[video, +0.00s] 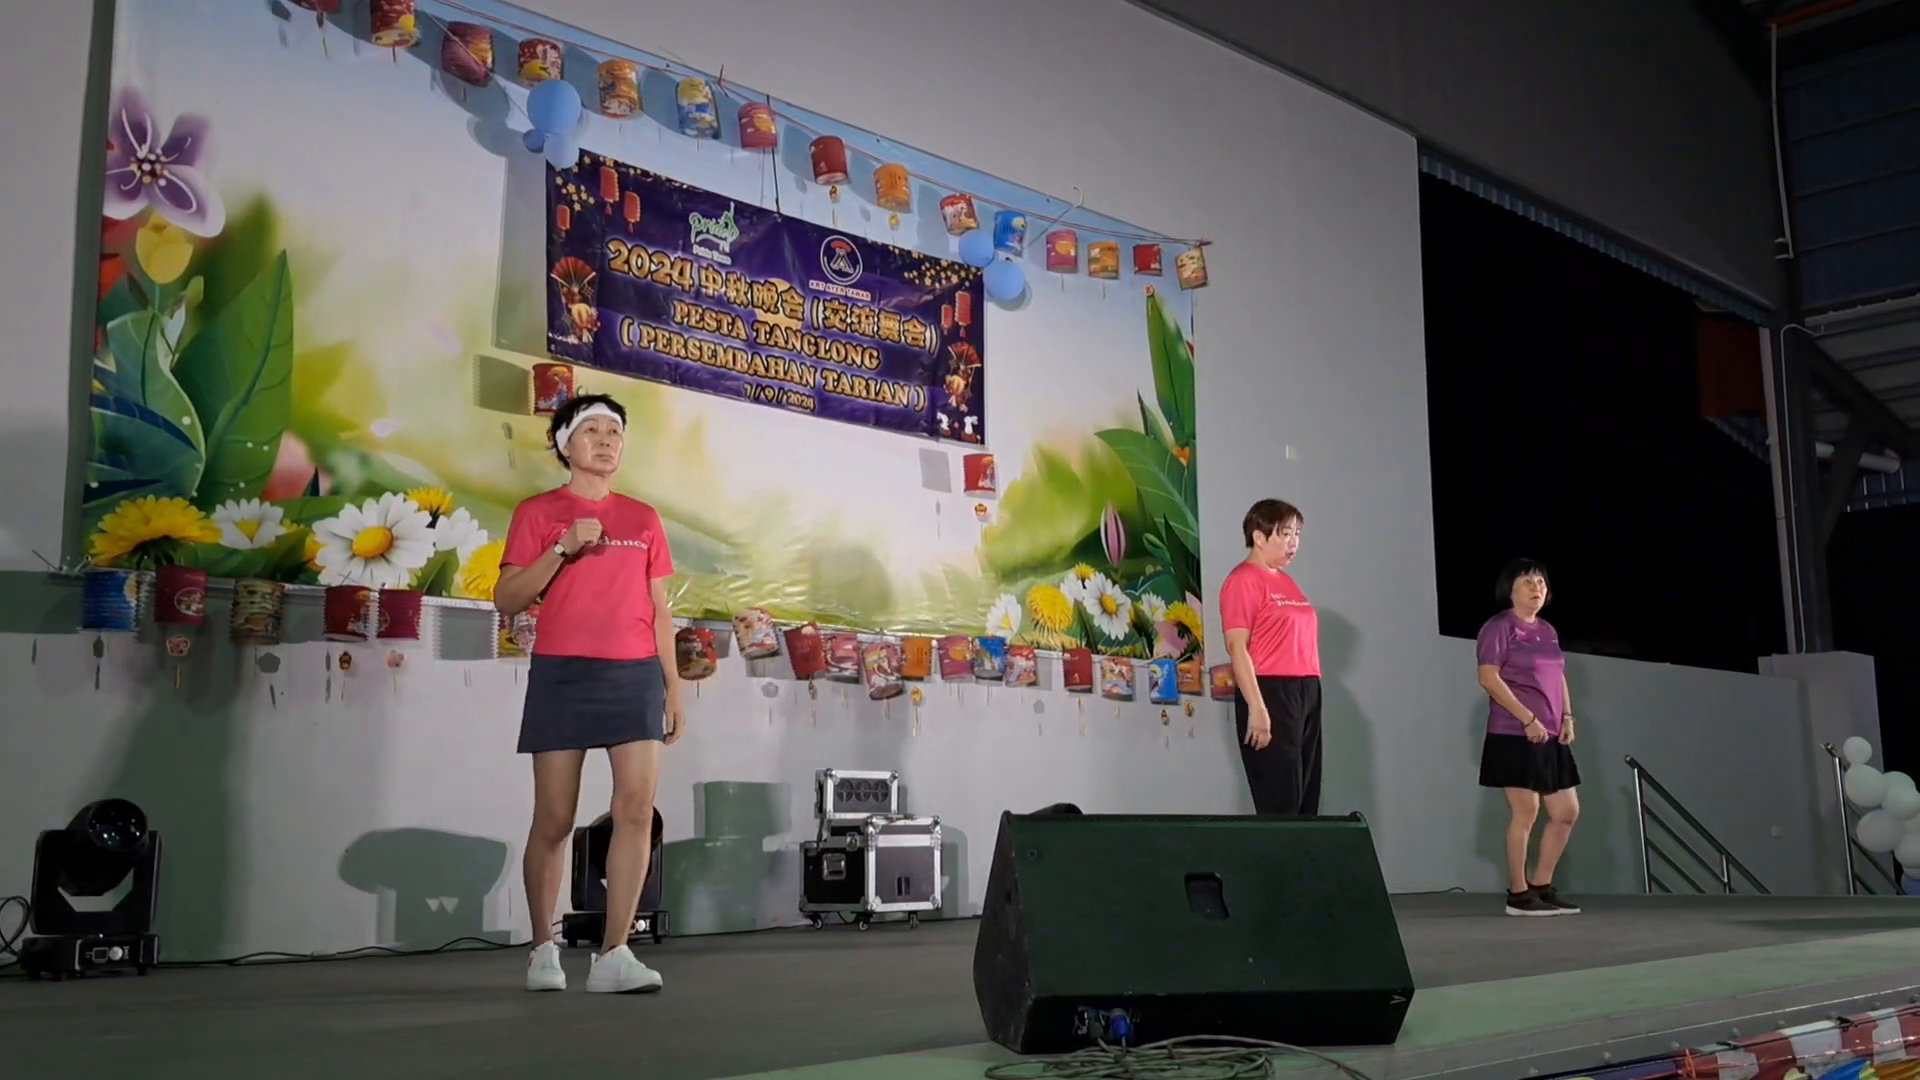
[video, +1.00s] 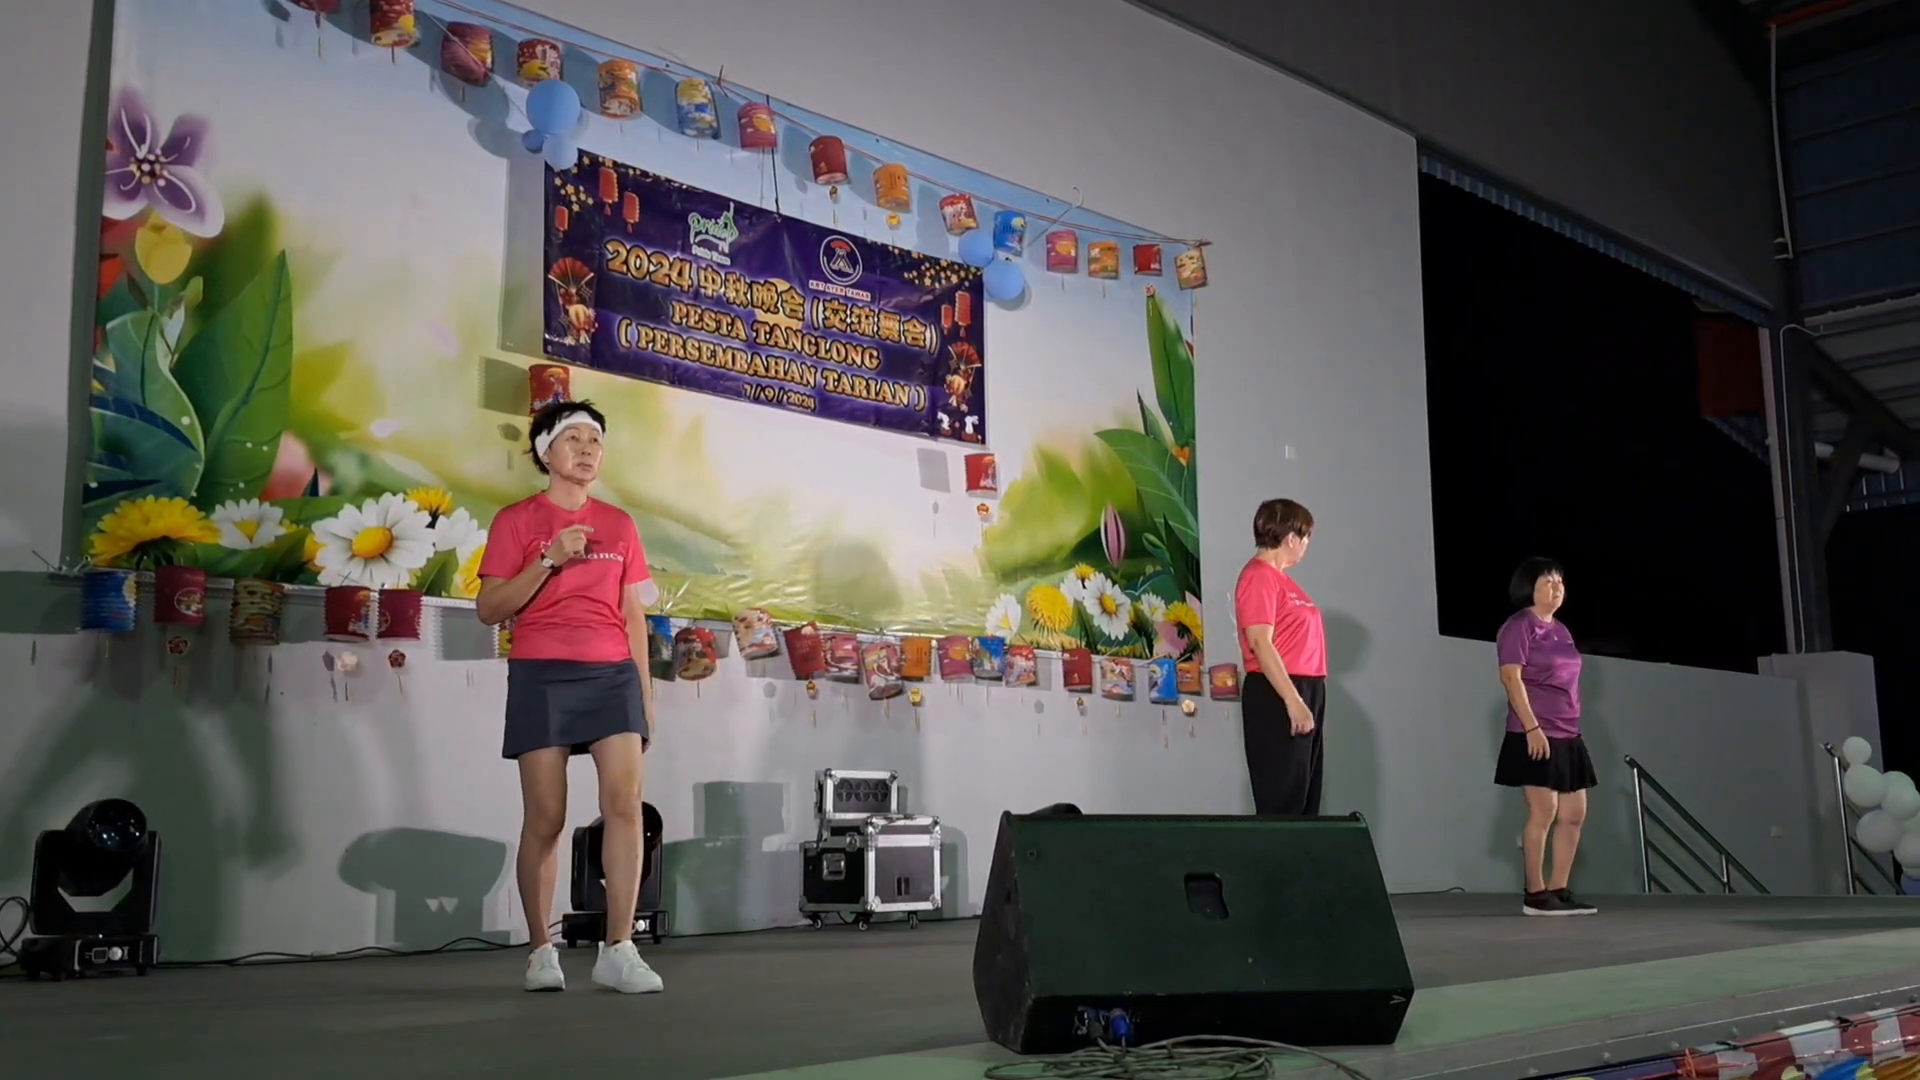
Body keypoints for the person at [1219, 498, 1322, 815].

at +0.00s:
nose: (1293, 542)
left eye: (1296, 534)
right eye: (1285, 533)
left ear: (1299, 538)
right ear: (1259, 538)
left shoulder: (1284, 580)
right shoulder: (1242, 580)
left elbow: (1291, 643)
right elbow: (1237, 648)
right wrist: (1257, 708)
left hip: (1306, 694)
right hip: (1271, 696)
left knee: (1306, 804)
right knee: (1281, 806)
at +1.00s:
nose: (1307, 546)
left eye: (1308, 538)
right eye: (1306, 537)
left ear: (1282, 538)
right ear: (1290, 538)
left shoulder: (1279, 577)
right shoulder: (1260, 575)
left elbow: (1277, 641)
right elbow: (1260, 641)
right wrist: (1293, 701)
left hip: (1304, 690)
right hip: (1276, 692)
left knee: (1304, 799)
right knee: (1282, 801)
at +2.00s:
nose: (1306, 535)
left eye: (1306, 527)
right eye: (1297, 527)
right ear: (1271, 533)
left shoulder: (1297, 582)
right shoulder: (1252, 578)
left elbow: (1312, 646)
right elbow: (1241, 645)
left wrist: (1339, 692)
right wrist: (1251, 708)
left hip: (1308, 697)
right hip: (1273, 695)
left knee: (1302, 801)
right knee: (1270, 802)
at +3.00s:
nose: (1274, 543)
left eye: (1275, 534)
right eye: (1272, 533)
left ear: (1234, 530)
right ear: (1255, 532)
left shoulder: (1221, 572)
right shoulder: (1243, 566)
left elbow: (1215, 656)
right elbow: (1251, 632)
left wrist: (1212, 715)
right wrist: (1284, 693)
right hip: (1254, 680)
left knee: (1278, 793)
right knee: (1253, 792)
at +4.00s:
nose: (1247, 522)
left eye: (1250, 514)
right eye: (1236, 515)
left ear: (1256, 521)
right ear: (1212, 528)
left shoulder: (1261, 576)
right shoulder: (1200, 577)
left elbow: (1275, 643)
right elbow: (1189, 648)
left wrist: (1291, 700)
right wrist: (1194, 713)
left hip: (1269, 693)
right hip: (1224, 691)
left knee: (1277, 794)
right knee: (1229, 796)